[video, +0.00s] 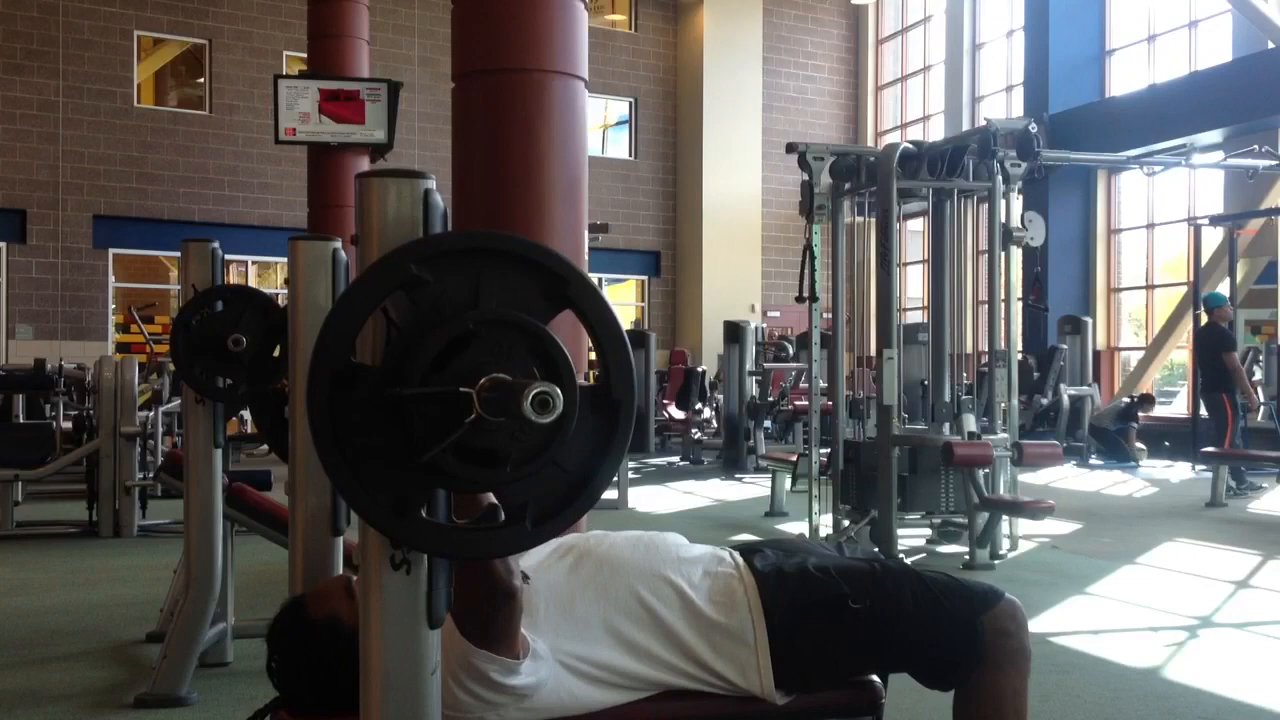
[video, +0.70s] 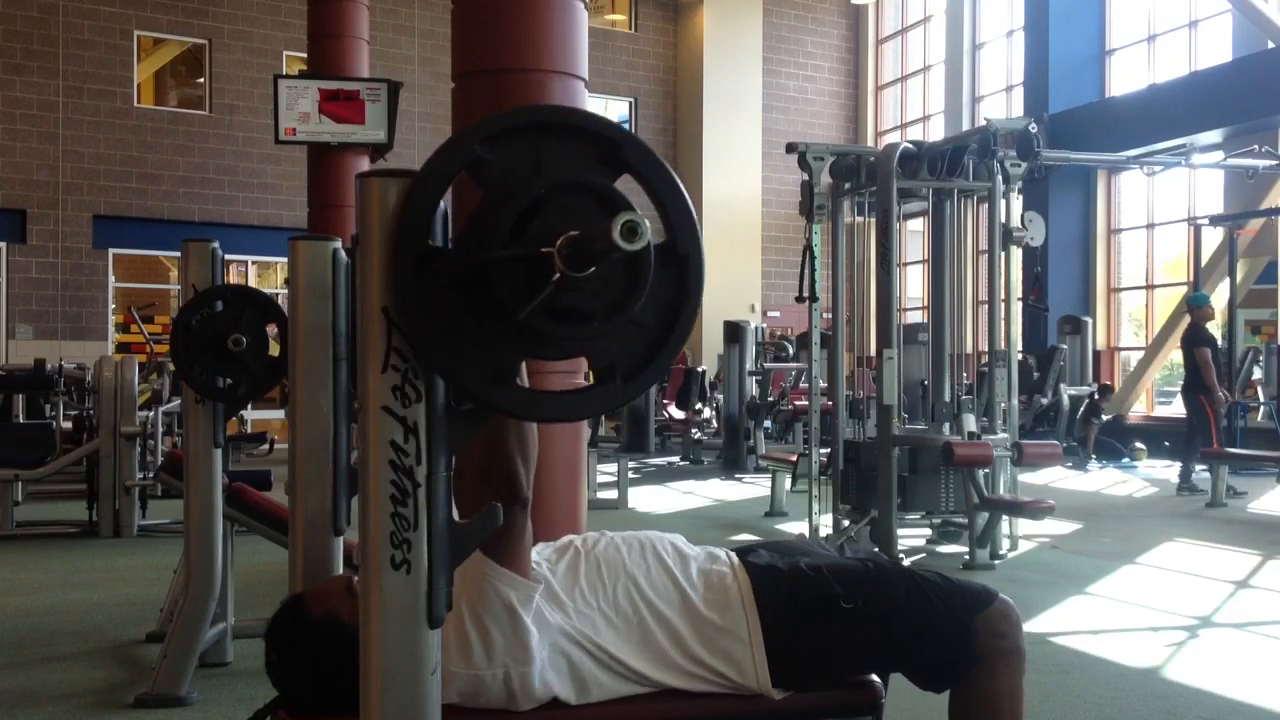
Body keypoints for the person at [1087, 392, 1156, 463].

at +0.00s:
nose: (1151, 410)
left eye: (1152, 408)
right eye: (1150, 407)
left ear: (1140, 400)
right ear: (1144, 404)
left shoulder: (1127, 402)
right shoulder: (1133, 414)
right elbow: (1130, 441)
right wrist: (1135, 460)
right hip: (1100, 428)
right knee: (1125, 458)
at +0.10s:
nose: (1147, 409)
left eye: (1148, 406)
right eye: (1147, 405)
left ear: (1137, 399)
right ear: (1141, 403)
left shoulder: (1125, 403)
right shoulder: (1128, 414)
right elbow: (1122, 438)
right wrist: (1119, 457)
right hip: (1098, 429)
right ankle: (1096, 451)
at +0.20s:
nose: (1143, 406)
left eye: (1143, 404)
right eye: (1142, 403)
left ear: (1133, 398)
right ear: (1137, 402)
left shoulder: (1120, 401)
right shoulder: (1124, 410)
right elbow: (1114, 434)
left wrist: (1129, 422)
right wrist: (1106, 454)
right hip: (1098, 431)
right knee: (1124, 456)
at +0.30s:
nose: (1136, 404)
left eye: (1137, 402)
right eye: (1136, 402)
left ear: (1126, 396)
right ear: (1131, 401)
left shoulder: (1117, 400)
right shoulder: (1119, 411)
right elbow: (1104, 433)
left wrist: (1128, 421)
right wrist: (1098, 454)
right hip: (1095, 433)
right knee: (1124, 455)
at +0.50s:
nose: (1125, 399)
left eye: (1125, 396)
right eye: (1124, 396)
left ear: (1111, 393)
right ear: (1118, 397)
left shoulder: (1101, 401)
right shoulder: (1107, 408)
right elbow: (1094, 431)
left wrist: (1118, 420)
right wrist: (1089, 452)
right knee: (1122, 456)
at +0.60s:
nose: (1117, 398)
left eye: (1117, 395)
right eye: (1116, 395)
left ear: (1104, 392)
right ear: (1111, 395)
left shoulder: (1095, 401)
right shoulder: (1101, 407)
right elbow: (1092, 432)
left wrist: (1116, 419)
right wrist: (1089, 452)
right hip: (1086, 439)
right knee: (1121, 455)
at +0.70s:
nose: (1112, 397)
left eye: (1112, 394)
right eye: (1111, 394)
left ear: (1100, 392)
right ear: (1106, 395)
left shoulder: (1091, 402)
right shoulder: (1096, 408)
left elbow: (1100, 420)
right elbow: (1091, 433)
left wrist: (1114, 417)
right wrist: (1089, 453)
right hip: (1084, 439)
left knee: (1110, 443)